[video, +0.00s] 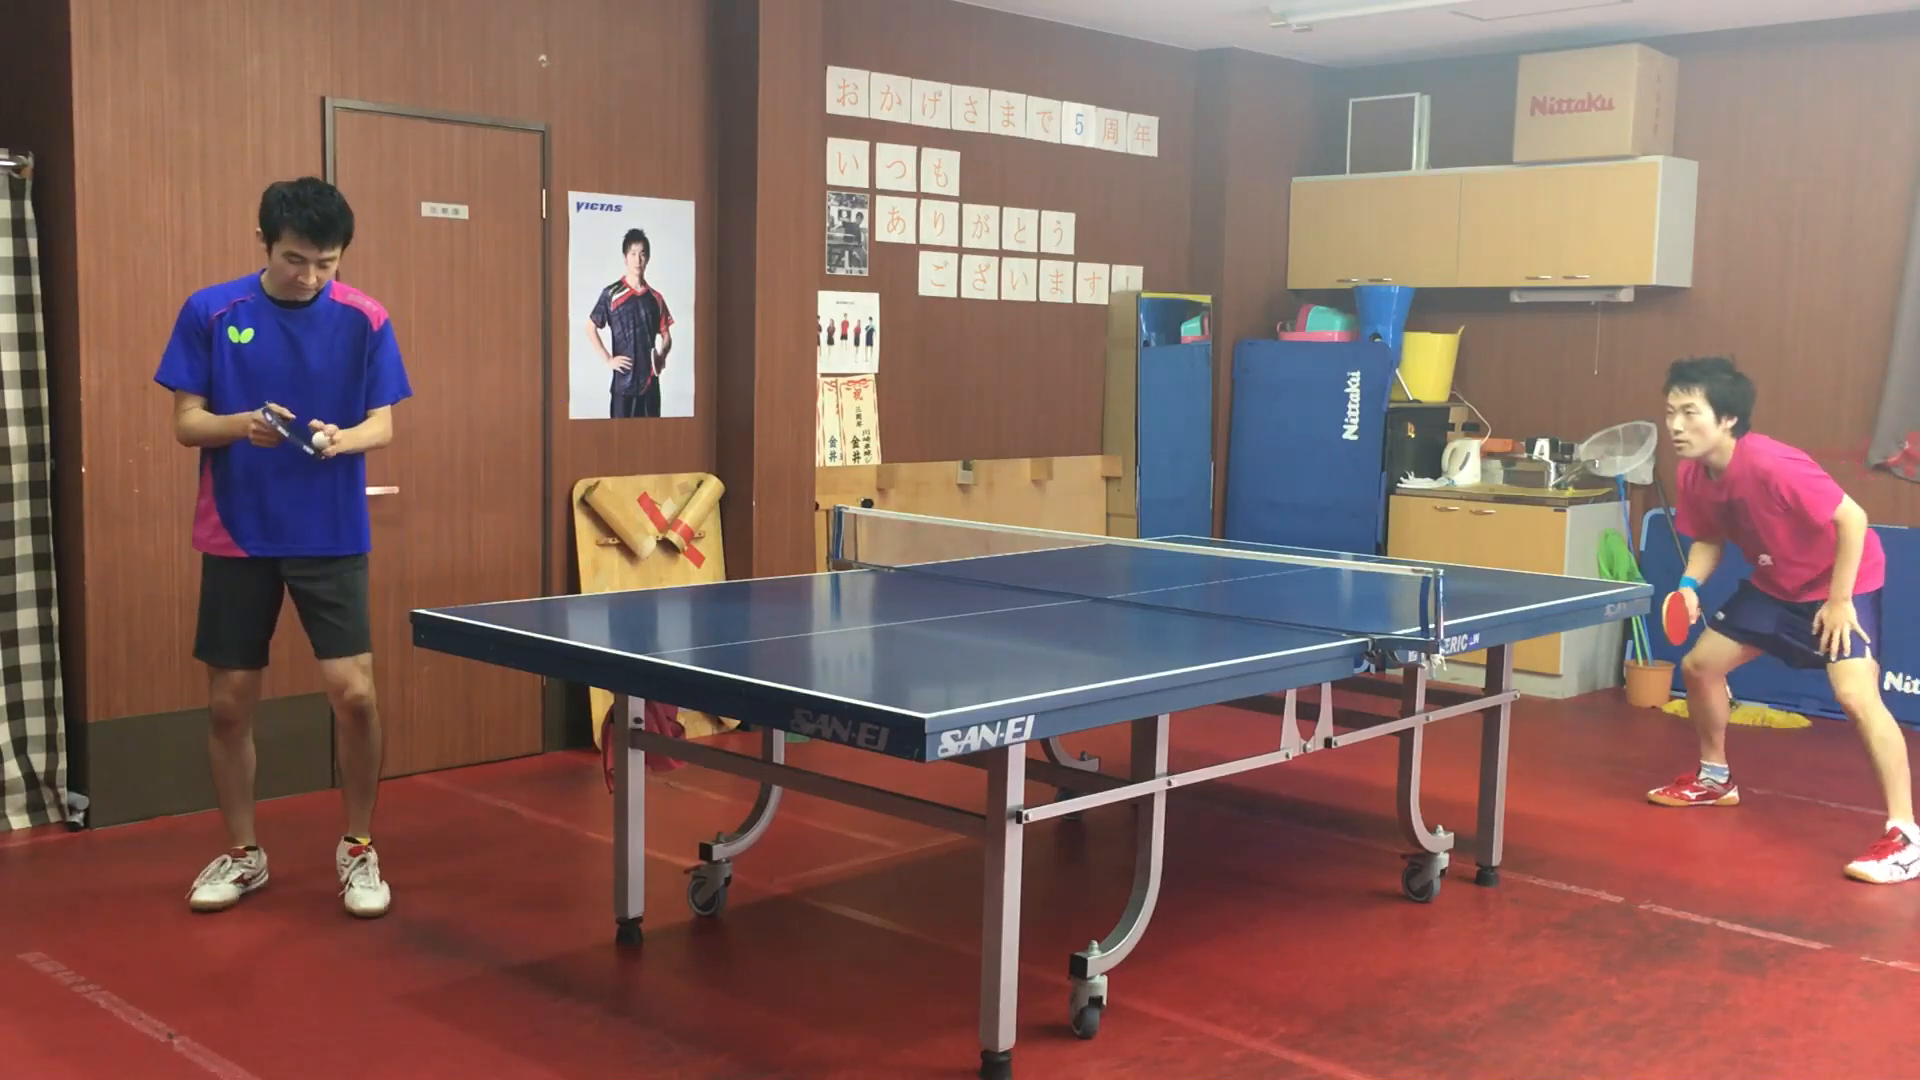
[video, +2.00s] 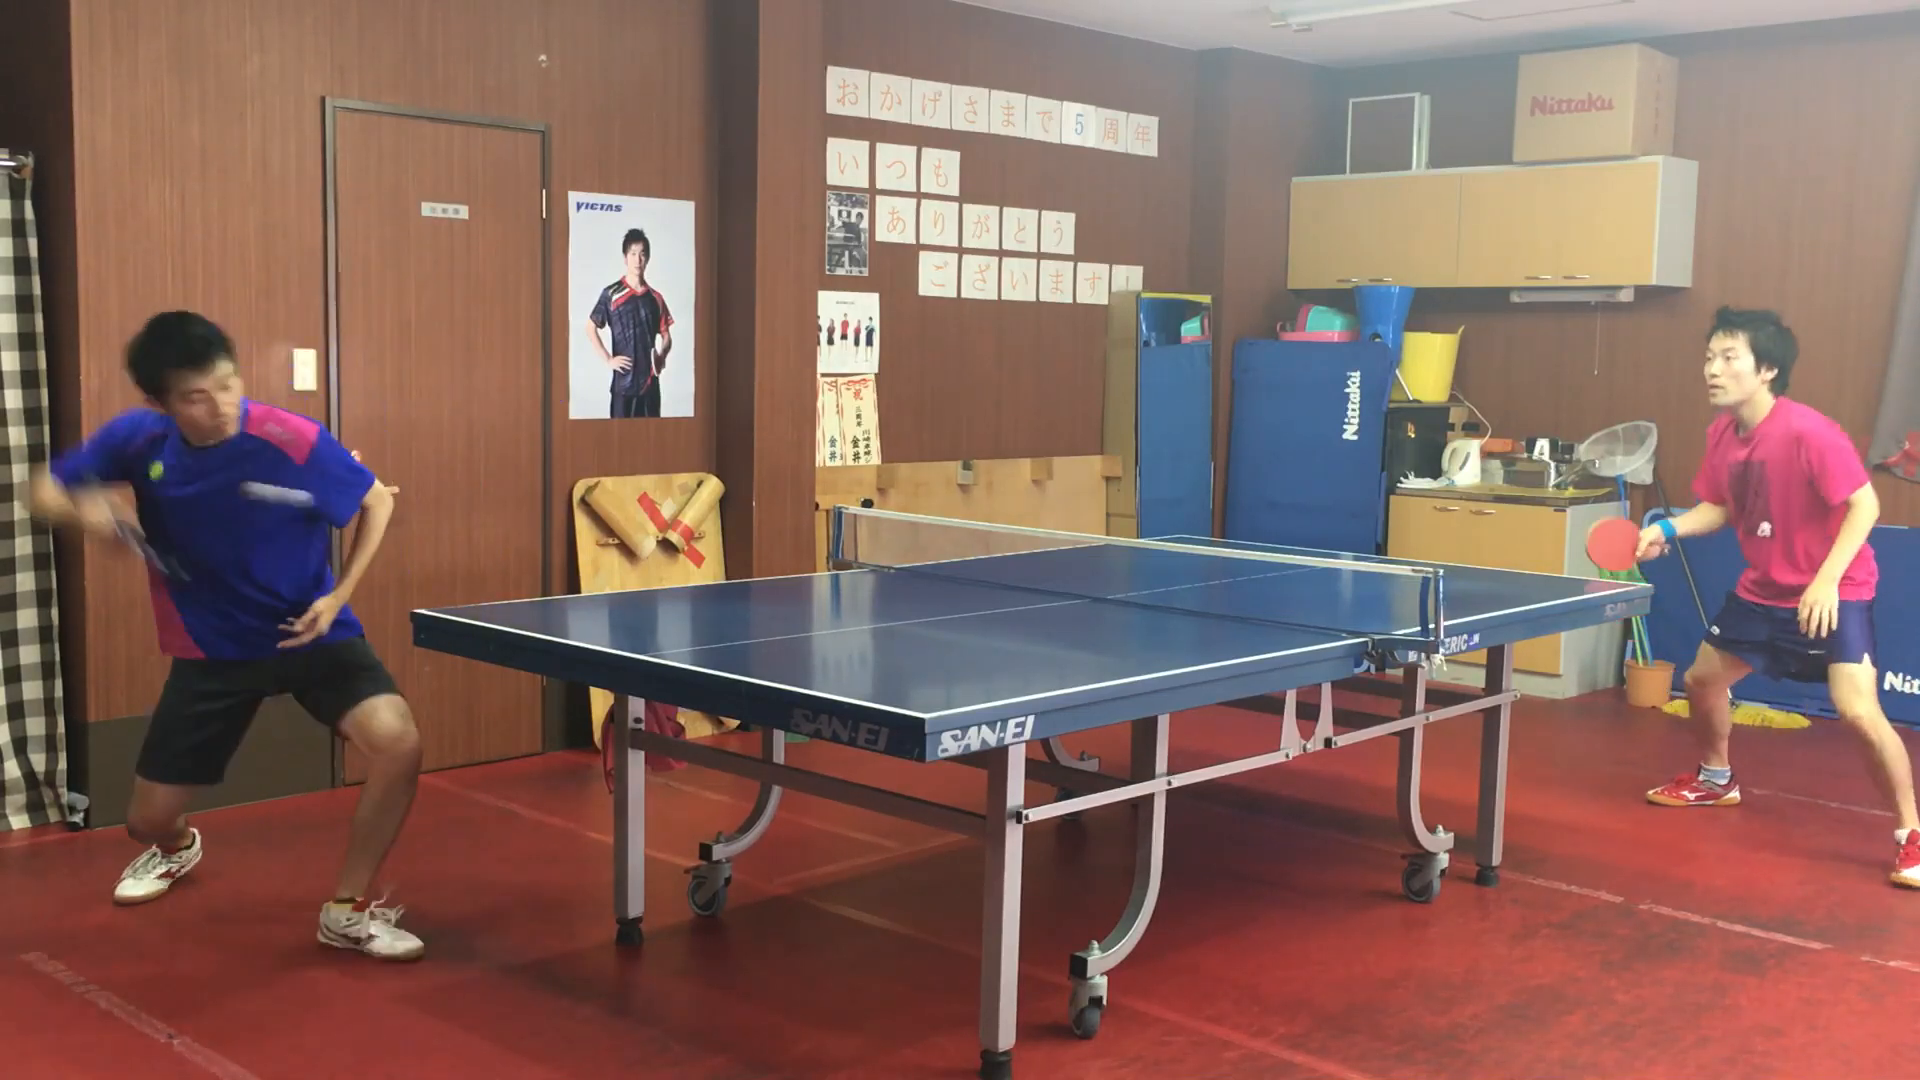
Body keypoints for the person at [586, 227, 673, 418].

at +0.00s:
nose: (638, 260)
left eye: (643, 254)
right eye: (633, 254)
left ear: (648, 258)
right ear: (625, 257)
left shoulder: (655, 297)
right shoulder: (611, 294)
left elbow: (666, 336)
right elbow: (591, 327)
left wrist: (662, 355)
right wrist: (608, 359)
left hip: (650, 378)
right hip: (624, 379)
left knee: (650, 436)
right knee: (622, 436)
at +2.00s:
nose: (639, 259)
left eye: (643, 254)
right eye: (633, 254)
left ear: (648, 258)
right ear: (625, 257)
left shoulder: (655, 297)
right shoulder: (611, 294)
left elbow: (666, 336)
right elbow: (591, 327)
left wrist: (662, 355)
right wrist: (608, 359)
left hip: (649, 378)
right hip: (624, 379)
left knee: (650, 436)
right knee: (622, 436)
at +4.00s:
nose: (639, 260)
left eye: (643, 254)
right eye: (633, 254)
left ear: (648, 258)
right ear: (625, 257)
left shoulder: (655, 297)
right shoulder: (611, 294)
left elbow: (666, 336)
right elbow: (590, 327)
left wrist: (661, 356)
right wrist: (608, 359)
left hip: (650, 380)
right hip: (624, 381)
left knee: (649, 438)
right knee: (622, 438)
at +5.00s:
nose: (638, 262)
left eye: (642, 256)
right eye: (633, 257)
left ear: (647, 260)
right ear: (625, 260)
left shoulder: (654, 297)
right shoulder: (613, 295)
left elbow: (665, 335)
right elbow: (592, 332)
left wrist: (661, 357)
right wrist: (609, 359)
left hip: (648, 373)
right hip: (622, 372)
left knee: (652, 428)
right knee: (623, 427)